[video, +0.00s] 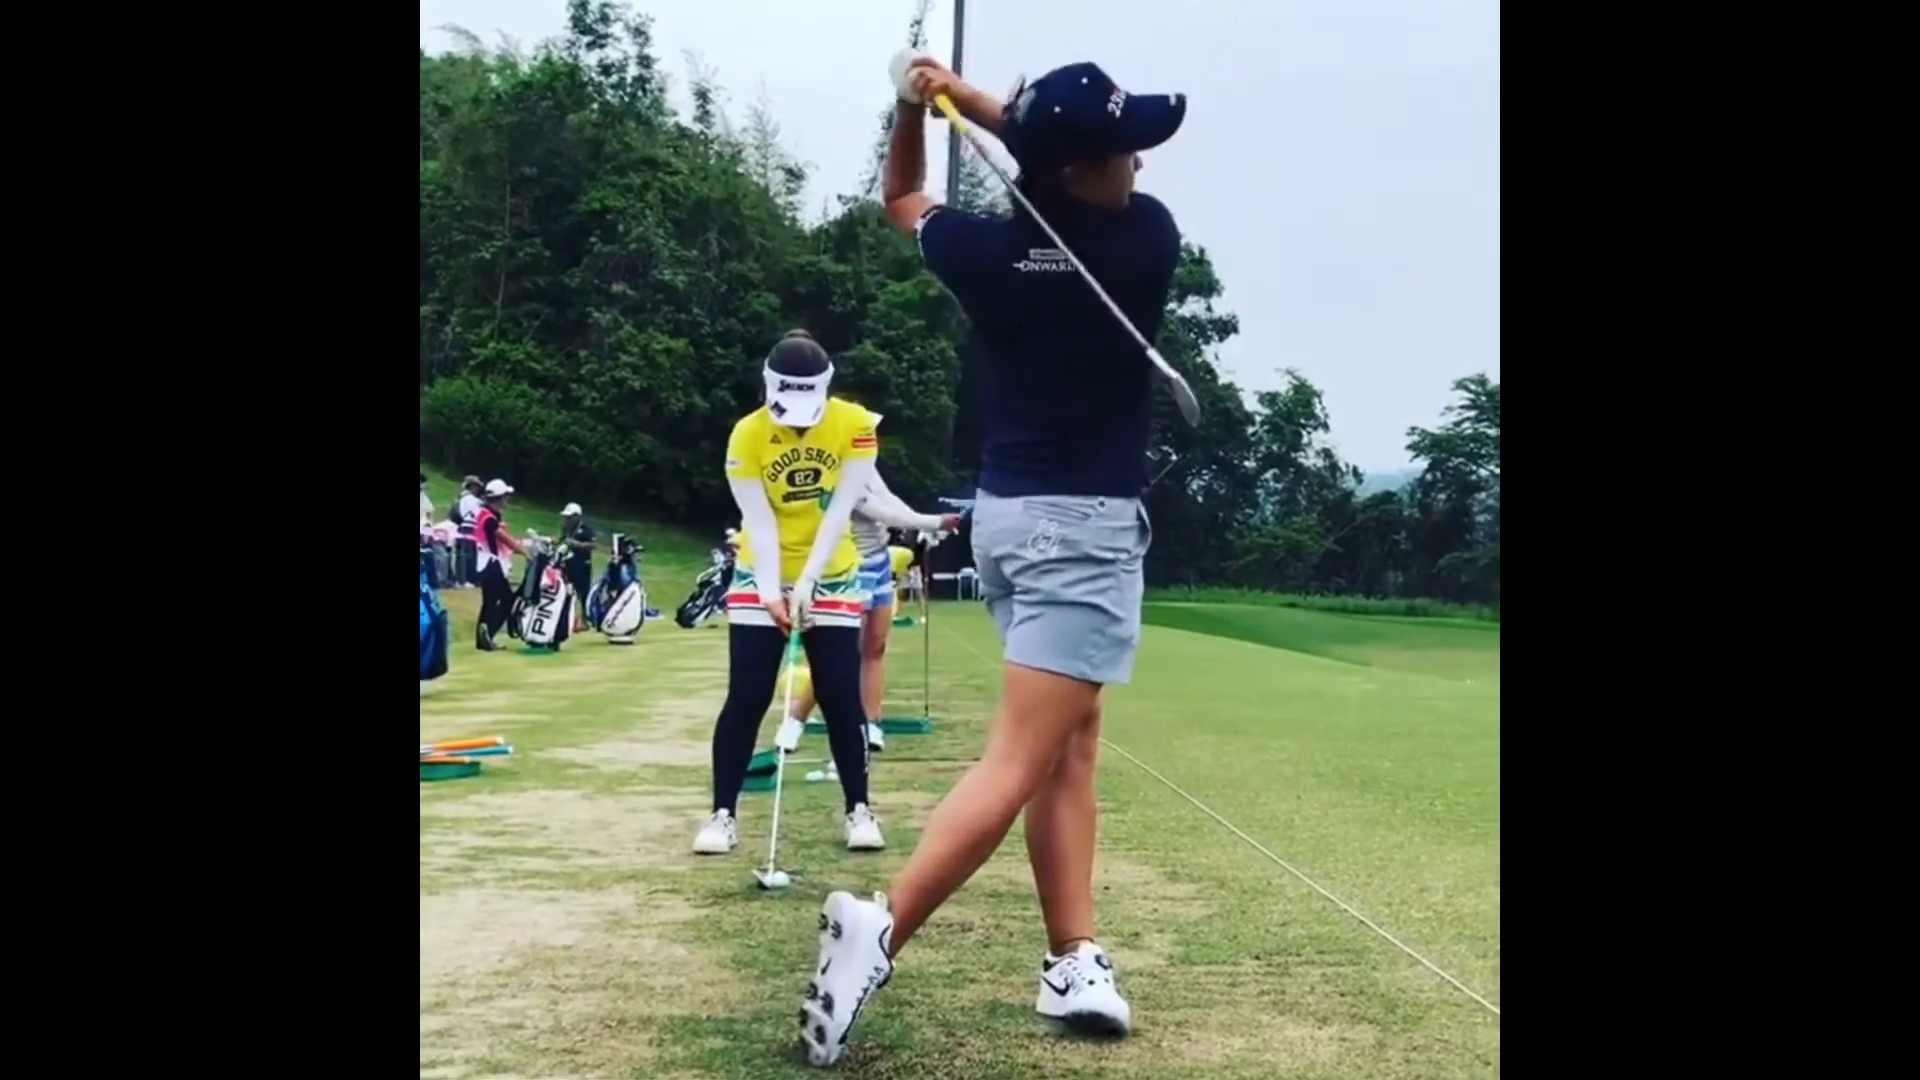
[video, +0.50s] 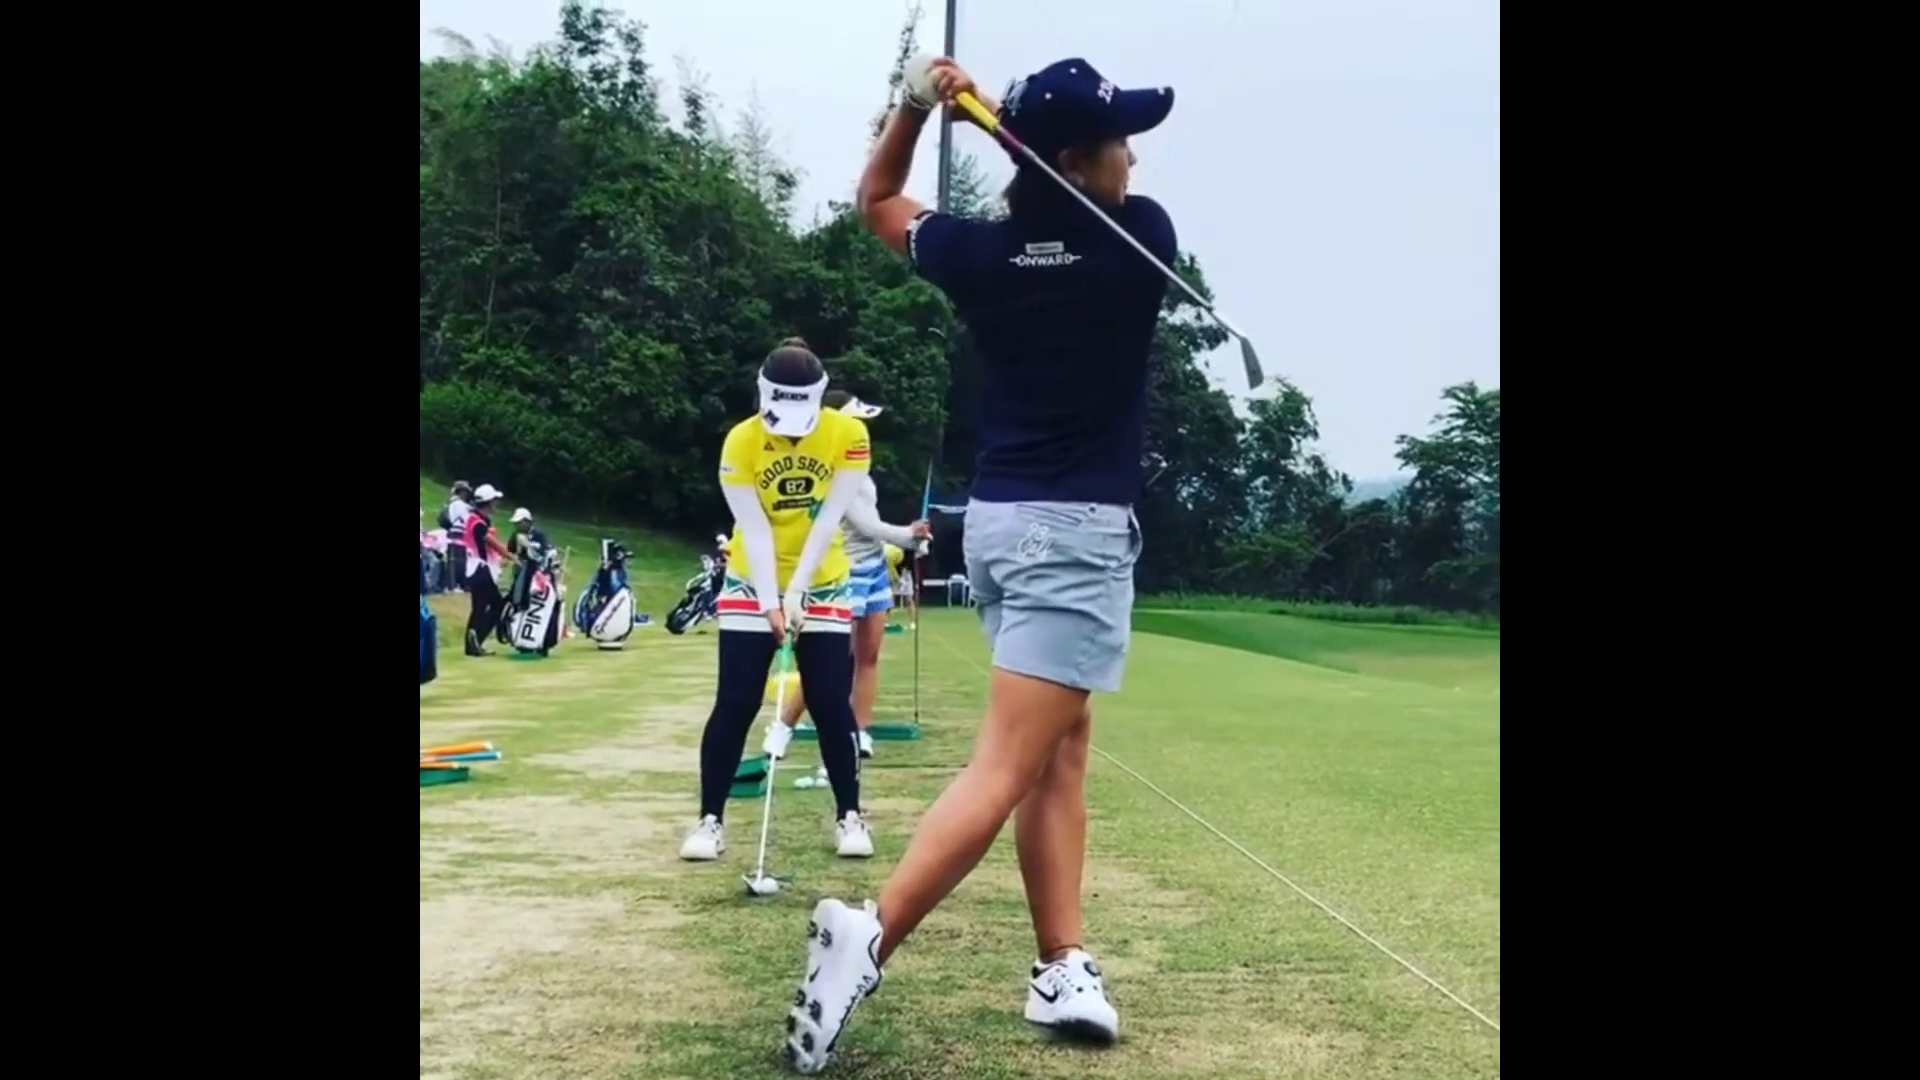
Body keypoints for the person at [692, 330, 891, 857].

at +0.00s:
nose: (794, 414)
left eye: (805, 403)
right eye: (785, 402)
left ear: (825, 388)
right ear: (769, 387)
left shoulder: (856, 424)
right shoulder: (747, 437)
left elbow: (843, 506)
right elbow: (759, 523)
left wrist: (807, 578)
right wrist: (769, 587)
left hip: (833, 575)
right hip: (758, 574)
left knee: (840, 696)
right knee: (747, 695)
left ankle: (859, 810)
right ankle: (722, 814)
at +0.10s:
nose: (798, 417)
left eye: (808, 406)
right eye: (789, 406)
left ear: (829, 389)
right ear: (773, 390)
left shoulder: (860, 427)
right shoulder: (751, 440)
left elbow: (846, 510)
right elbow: (763, 524)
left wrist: (809, 578)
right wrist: (771, 588)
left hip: (835, 579)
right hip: (763, 577)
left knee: (839, 696)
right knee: (748, 695)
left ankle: (856, 812)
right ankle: (719, 815)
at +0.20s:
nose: (801, 420)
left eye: (811, 410)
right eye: (791, 408)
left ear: (832, 393)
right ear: (776, 393)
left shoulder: (863, 428)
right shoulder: (755, 441)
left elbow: (847, 511)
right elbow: (766, 526)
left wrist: (809, 580)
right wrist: (774, 591)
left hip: (837, 578)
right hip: (765, 575)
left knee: (839, 695)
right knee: (748, 694)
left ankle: (854, 813)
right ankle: (717, 814)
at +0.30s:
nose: (798, 421)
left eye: (809, 411)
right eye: (789, 409)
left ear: (829, 395)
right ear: (774, 394)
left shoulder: (860, 430)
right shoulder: (751, 442)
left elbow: (843, 512)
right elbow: (763, 527)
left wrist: (806, 582)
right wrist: (774, 594)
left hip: (833, 581)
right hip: (762, 579)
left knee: (837, 699)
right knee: (744, 698)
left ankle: (851, 814)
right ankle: (713, 816)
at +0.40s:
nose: (793, 423)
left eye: (803, 412)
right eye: (783, 411)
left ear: (823, 396)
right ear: (767, 396)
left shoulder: (853, 433)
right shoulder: (744, 443)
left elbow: (836, 514)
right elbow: (757, 527)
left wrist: (800, 585)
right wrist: (770, 595)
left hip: (826, 584)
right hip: (754, 581)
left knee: (832, 701)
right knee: (739, 700)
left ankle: (850, 815)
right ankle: (711, 819)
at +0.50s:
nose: (788, 424)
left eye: (798, 414)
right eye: (778, 413)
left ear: (818, 397)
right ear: (763, 397)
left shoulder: (849, 434)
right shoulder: (740, 444)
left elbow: (833, 514)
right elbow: (754, 529)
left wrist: (797, 587)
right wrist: (769, 598)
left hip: (822, 585)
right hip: (750, 583)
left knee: (830, 701)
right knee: (735, 701)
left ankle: (849, 816)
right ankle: (710, 821)